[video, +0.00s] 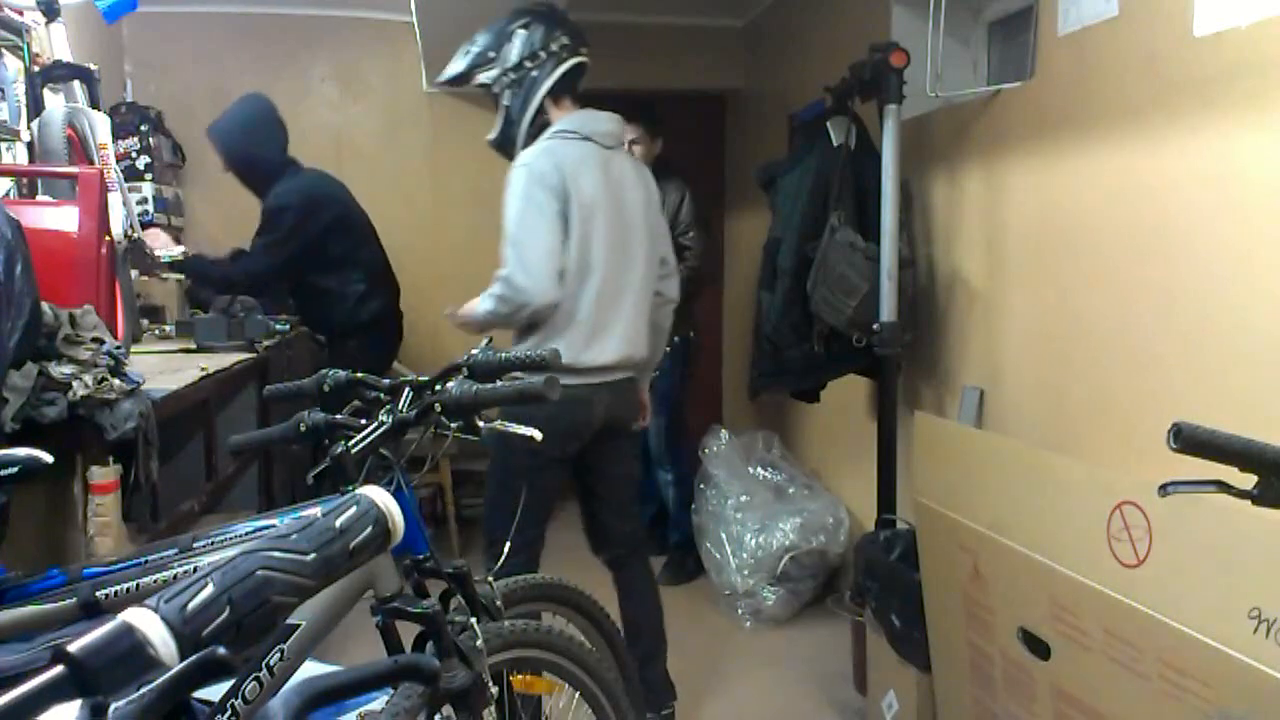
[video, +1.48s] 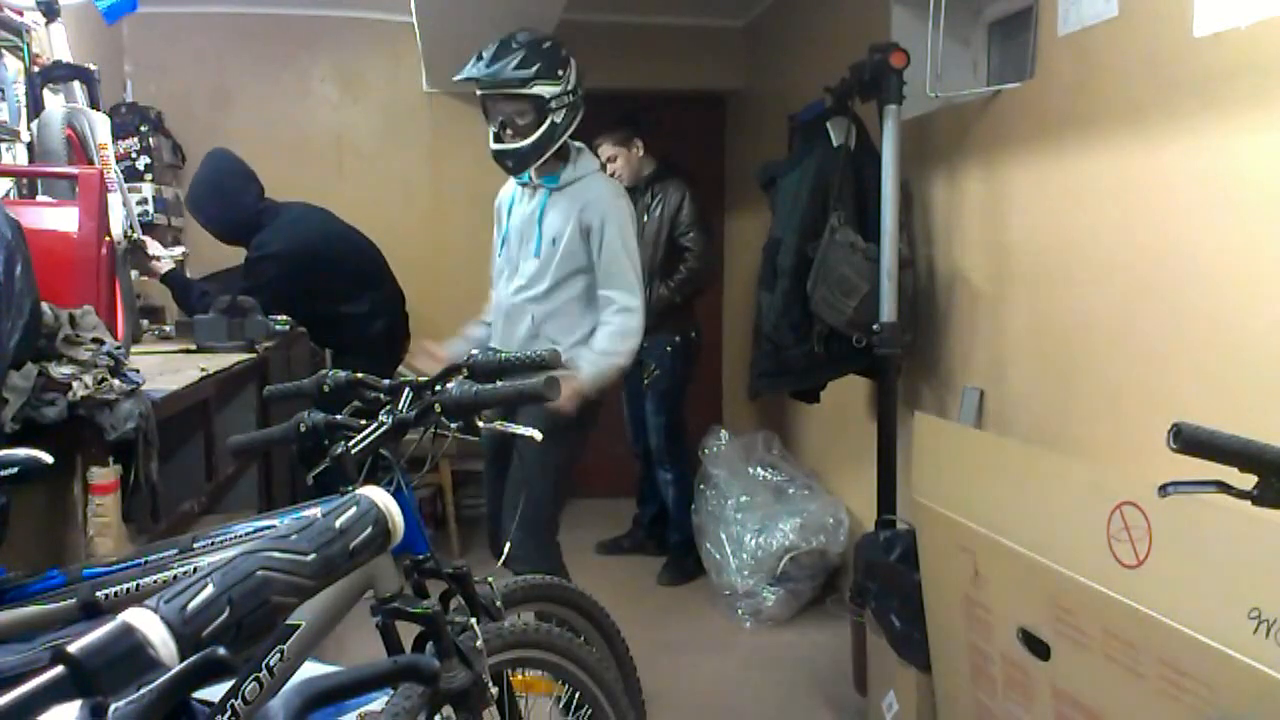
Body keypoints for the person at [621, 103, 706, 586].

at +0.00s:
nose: (629, 151)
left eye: (637, 143)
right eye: (625, 143)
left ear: (658, 146)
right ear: (619, 148)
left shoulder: (673, 193)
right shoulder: (616, 194)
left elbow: (693, 254)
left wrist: (663, 292)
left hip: (668, 325)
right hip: (625, 322)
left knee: (664, 438)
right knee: (634, 435)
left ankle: (683, 543)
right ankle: (651, 529)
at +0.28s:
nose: (626, 152)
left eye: (635, 144)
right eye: (620, 144)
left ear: (656, 147)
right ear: (613, 150)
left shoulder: (675, 195)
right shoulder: (615, 197)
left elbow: (691, 260)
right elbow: (610, 256)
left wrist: (653, 302)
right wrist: (614, 299)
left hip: (666, 334)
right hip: (625, 333)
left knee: (663, 443)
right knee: (639, 440)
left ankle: (683, 545)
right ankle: (649, 528)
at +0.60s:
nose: (625, 153)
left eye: (634, 144)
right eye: (619, 145)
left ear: (657, 145)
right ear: (613, 151)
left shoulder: (675, 195)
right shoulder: (615, 197)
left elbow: (695, 261)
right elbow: (605, 254)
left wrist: (652, 301)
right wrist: (612, 298)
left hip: (664, 336)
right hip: (625, 335)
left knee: (664, 444)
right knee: (639, 442)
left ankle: (684, 545)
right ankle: (649, 529)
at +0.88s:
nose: (625, 154)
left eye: (633, 145)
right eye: (619, 147)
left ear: (656, 145)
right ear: (614, 153)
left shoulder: (676, 195)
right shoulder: (622, 200)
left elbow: (695, 261)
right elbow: (613, 257)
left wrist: (656, 299)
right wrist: (611, 292)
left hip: (666, 336)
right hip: (631, 334)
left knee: (664, 444)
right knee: (640, 442)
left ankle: (685, 546)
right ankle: (650, 529)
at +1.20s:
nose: (615, 165)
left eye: (620, 155)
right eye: (610, 159)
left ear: (647, 148)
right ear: (612, 163)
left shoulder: (677, 196)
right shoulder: (626, 202)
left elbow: (696, 260)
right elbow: (619, 260)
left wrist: (657, 299)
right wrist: (617, 299)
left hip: (666, 335)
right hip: (630, 334)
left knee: (664, 442)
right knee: (640, 442)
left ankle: (684, 546)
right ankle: (649, 529)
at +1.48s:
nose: (609, 170)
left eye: (613, 160)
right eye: (604, 164)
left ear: (638, 150)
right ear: (612, 165)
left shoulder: (674, 192)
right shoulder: (623, 202)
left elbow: (696, 260)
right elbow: (620, 261)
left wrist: (654, 301)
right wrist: (619, 301)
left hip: (669, 333)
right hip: (633, 331)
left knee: (664, 441)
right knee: (641, 440)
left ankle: (685, 547)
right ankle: (650, 528)